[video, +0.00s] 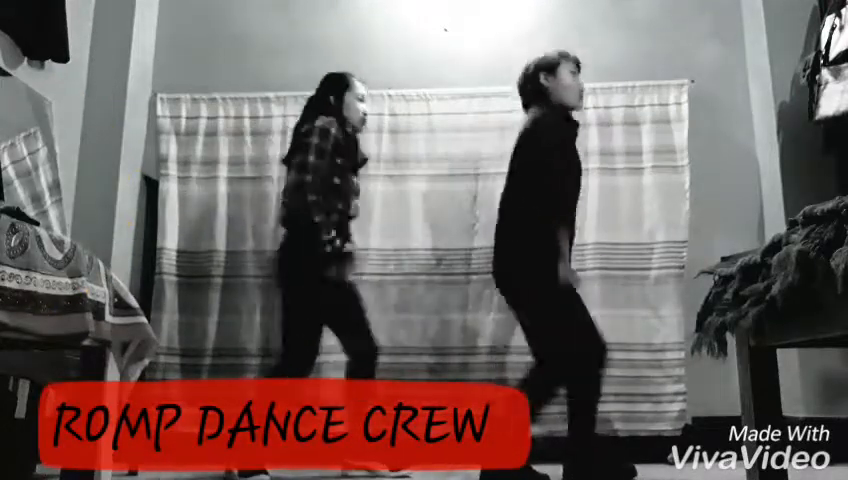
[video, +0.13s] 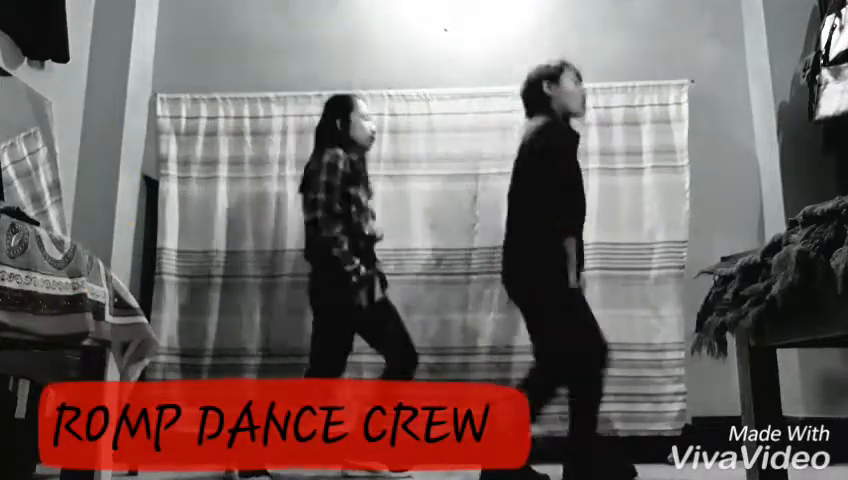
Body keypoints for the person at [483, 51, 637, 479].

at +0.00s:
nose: (581, 81)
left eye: (579, 73)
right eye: (573, 73)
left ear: (549, 82)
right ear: (547, 81)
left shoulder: (541, 128)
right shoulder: (556, 129)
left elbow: (541, 199)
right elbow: (557, 198)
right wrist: (563, 257)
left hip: (517, 263)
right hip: (534, 263)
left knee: (555, 358)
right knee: (587, 351)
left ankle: (499, 442)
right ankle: (583, 458)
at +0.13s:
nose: (583, 89)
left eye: (580, 81)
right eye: (575, 81)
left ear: (550, 91)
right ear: (551, 90)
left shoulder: (541, 137)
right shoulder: (556, 138)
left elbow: (546, 210)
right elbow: (563, 210)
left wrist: (557, 268)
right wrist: (571, 273)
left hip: (528, 270)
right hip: (544, 271)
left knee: (554, 359)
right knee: (589, 353)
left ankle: (501, 441)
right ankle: (584, 456)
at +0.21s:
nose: (581, 75)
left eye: (579, 68)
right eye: (573, 67)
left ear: (546, 76)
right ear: (547, 74)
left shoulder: (537, 118)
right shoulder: (555, 117)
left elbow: (538, 189)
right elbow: (563, 186)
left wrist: (562, 243)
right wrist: (573, 245)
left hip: (526, 248)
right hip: (543, 249)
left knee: (520, 355)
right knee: (553, 359)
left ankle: (490, 450)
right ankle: (580, 457)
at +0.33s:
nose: (578, 74)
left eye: (577, 67)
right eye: (570, 66)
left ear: (543, 78)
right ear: (542, 75)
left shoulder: (533, 120)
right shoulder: (552, 119)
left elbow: (530, 190)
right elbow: (561, 187)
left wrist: (552, 245)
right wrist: (571, 246)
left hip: (525, 252)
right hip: (545, 253)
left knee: (519, 354)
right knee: (557, 358)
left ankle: (491, 448)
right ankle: (581, 455)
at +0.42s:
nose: (574, 70)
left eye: (574, 63)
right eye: (564, 63)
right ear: (536, 74)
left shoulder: (549, 121)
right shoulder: (538, 119)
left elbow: (561, 191)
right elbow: (541, 189)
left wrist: (578, 245)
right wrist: (559, 243)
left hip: (550, 254)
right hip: (538, 255)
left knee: (558, 355)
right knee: (534, 352)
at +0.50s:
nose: (562, 70)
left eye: (567, 65)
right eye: (550, 63)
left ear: (571, 77)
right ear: (526, 74)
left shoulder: (576, 133)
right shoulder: (514, 123)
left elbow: (592, 193)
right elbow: (518, 188)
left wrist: (594, 244)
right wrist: (543, 241)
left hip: (573, 258)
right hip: (526, 255)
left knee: (572, 358)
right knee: (527, 353)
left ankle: (579, 452)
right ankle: (505, 452)